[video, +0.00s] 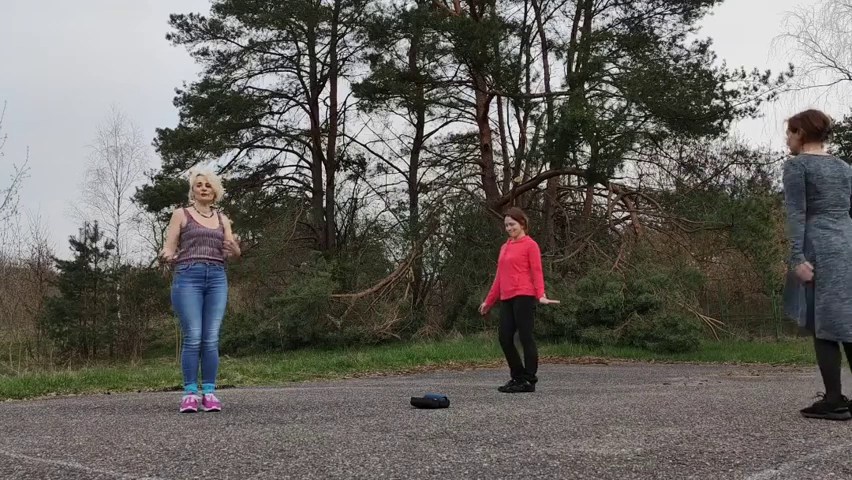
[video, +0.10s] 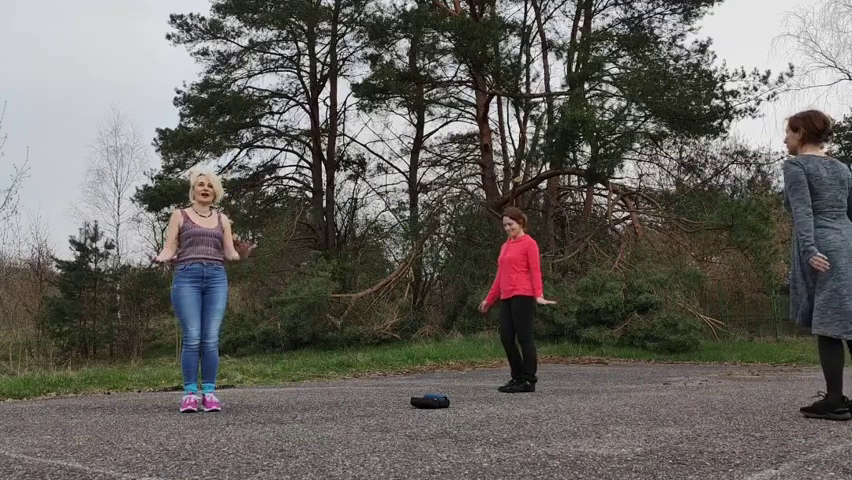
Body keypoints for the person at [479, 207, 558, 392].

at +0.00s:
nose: (509, 227)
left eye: (512, 224)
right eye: (507, 225)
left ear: (522, 223)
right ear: (505, 227)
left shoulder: (530, 245)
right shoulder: (505, 247)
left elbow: (537, 270)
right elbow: (499, 278)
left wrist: (541, 294)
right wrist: (488, 301)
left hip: (524, 296)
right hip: (506, 298)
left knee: (526, 337)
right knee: (505, 339)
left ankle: (529, 380)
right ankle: (518, 377)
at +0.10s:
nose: (507, 227)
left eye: (510, 223)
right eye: (505, 224)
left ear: (521, 223)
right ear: (503, 226)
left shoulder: (529, 243)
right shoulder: (506, 246)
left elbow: (535, 269)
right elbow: (500, 276)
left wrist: (539, 294)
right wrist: (489, 299)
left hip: (523, 295)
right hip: (506, 297)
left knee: (524, 337)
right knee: (507, 338)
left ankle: (529, 380)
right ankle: (518, 377)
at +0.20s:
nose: (505, 227)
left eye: (508, 223)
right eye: (503, 224)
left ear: (519, 222)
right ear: (502, 226)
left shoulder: (528, 241)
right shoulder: (506, 245)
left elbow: (534, 268)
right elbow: (501, 275)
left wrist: (535, 293)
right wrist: (491, 299)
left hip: (521, 295)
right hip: (506, 296)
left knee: (519, 336)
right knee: (511, 337)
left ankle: (527, 379)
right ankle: (518, 377)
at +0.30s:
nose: (504, 229)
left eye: (506, 224)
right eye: (501, 226)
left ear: (517, 222)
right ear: (501, 227)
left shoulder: (527, 241)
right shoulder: (508, 245)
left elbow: (532, 269)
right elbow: (504, 278)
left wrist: (532, 292)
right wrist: (494, 300)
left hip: (520, 295)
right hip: (507, 296)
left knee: (515, 336)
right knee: (513, 337)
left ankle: (527, 379)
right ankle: (519, 377)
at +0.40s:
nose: (502, 231)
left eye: (505, 227)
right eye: (500, 229)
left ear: (516, 224)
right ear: (502, 228)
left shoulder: (525, 241)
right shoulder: (510, 245)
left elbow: (529, 268)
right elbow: (505, 276)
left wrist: (528, 291)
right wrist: (499, 300)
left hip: (518, 297)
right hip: (507, 298)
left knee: (514, 338)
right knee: (511, 338)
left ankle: (525, 379)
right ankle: (520, 377)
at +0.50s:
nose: (502, 232)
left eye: (503, 227)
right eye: (499, 229)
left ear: (514, 224)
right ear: (503, 228)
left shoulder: (524, 241)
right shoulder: (511, 244)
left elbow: (526, 267)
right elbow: (508, 273)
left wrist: (523, 290)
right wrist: (503, 299)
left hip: (518, 297)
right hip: (508, 298)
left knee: (514, 337)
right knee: (511, 337)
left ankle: (525, 379)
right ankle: (520, 377)